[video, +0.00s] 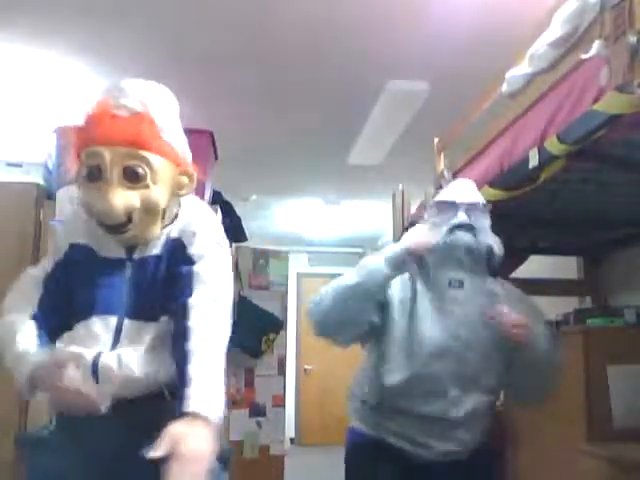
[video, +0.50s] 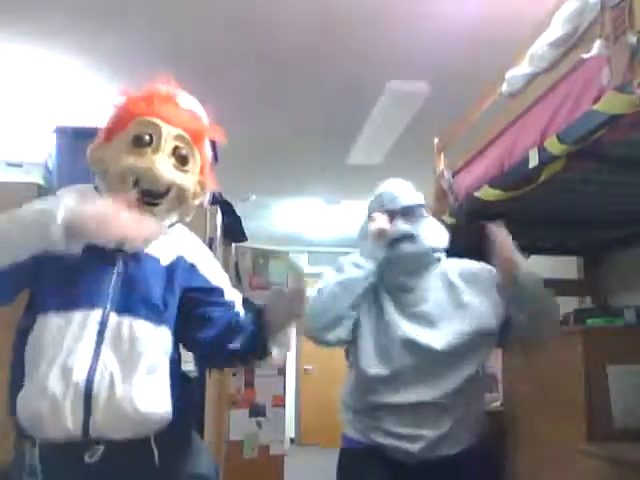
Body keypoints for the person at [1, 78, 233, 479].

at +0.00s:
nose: (110, 198)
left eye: (134, 174)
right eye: (94, 173)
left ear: (181, 184)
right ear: (79, 180)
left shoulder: (193, 252)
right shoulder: (74, 258)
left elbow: (205, 332)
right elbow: (22, 323)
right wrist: (42, 371)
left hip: (161, 425)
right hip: (76, 426)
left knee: (195, 462)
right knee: (37, 457)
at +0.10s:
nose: (118, 198)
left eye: (143, 175)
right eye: (103, 173)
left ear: (183, 185)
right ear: (85, 178)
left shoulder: (197, 240)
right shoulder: (72, 236)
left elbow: (211, 324)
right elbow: (15, 294)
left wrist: (223, 400)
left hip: (164, 418)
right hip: (75, 415)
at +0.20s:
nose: (131, 187)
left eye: (157, 169)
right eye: (116, 162)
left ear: (191, 182)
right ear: (91, 164)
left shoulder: (201, 229)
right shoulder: (69, 217)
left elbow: (248, 291)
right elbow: (8, 243)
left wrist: (255, 362)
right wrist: (73, 272)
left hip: (168, 414)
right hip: (73, 414)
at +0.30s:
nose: (143, 174)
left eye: (166, 163)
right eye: (127, 152)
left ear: (194, 179)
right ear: (97, 153)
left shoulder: (201, 228)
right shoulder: (68, 205)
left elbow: (259, 274)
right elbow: (8, 220)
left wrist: (258, 334)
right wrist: (80, 242)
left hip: (165, 418)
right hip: (68, 417)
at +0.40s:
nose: (150, 170)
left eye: (175, 158)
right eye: (135, 145)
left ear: (197, 182)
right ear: (100, 150)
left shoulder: (190, 236)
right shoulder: (60, 221)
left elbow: (240, 278)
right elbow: (2, 233)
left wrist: (257, 305)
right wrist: (71, 213)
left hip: (158, 432)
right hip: (67, 436)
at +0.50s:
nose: (156, 165)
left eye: (179, 156)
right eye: (142, 141)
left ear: (196, 178)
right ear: (107, 151)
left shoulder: (182, 250)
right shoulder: (58, 226)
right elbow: (2, 282)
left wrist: (268, 322)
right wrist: (59, 222)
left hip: (143, 456)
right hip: (50, 455)